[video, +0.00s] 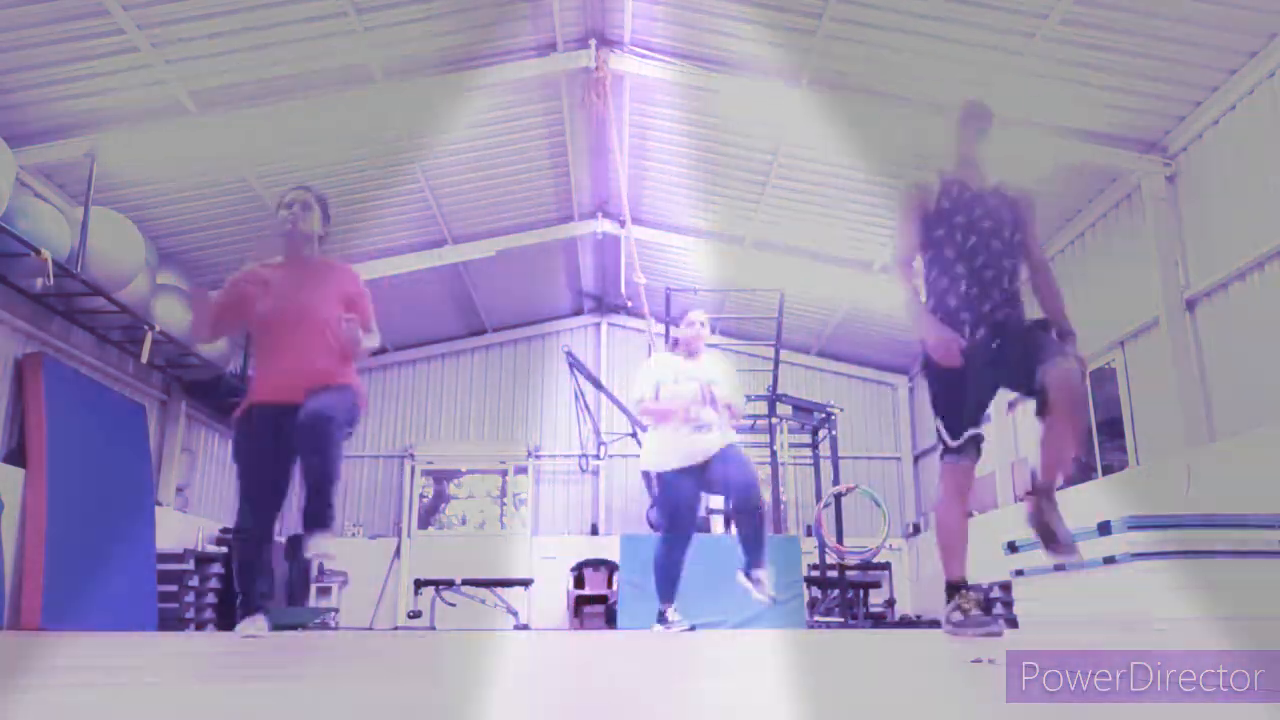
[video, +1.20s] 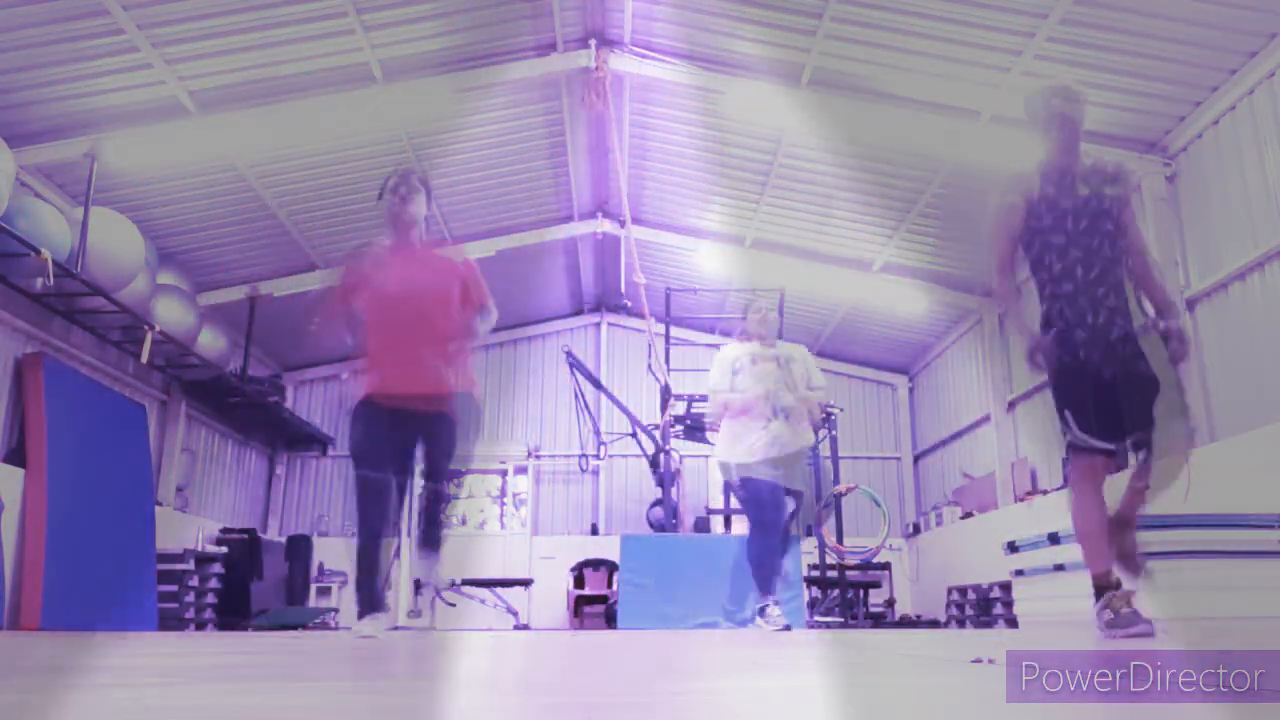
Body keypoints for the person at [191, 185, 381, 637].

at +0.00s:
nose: (294, 214)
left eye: (304, 208)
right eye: (287, 208)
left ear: (323, 223)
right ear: (276, 221)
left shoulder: (343, 278)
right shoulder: (255, 279)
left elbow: (373, 340)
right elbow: (205, 336)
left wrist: (359, 340)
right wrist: (206, 307)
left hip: (330, 391)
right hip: (269, 399)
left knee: (317, 419)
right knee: (255, 516)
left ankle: (318, 531)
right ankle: (253, 612)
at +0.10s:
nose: (304, 200)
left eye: (314, 193)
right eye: (297, 193)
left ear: (329, 206)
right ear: (284, 204)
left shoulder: (353, 259)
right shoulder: (267, 262)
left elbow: (383, 320)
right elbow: (220, 314)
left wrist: (369, 327)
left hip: (337, 384)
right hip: (279, 391)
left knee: (330, 420)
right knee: (265, 506)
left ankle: (341, 533)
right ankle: (261, 608)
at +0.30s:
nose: (326, 221)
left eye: (335, 214)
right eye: (319, 214)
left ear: (352, 227)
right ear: (308, 226)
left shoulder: (376, 283)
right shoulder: (289, 283)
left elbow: (411, 344)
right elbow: (264, 352)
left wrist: (388, 337)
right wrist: (281, 350)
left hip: (365, 409)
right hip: (303, 411)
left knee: (367, 505)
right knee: (289, 512)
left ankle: (365, 611)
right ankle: (281, 611)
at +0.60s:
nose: (373, 197)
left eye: (383, 190)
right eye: (365, 191)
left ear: (401, 203)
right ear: (355, 203)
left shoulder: (422, 258)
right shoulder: (333, 259)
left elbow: (455, 321)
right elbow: (313, 328)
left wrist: (424, 332)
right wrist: (326, 313)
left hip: (394, 382)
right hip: (336, 378)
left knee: (386, 486)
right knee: (309, 458)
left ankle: (387, 605)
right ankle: (309, 548)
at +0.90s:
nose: (391, 191)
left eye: (401, 185)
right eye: (383, 186)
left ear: (420, 199)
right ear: (372, 201)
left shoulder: (443, 254)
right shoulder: (353, 255)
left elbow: (473, 317)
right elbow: (323, 317)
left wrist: (442, 331)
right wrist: (322, 307)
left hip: (420, 381)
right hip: (364, 373)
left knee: (414, 486)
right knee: (352, 433)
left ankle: (417, 598)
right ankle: (351, 554)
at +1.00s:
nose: (397, 205)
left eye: (407, 199)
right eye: (389, 199)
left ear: (424, 212)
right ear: (378, 211)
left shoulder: (446, 268)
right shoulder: (358, 269)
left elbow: (472, 333)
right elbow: (339, 340)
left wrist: (451, 361)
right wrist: (328, 333)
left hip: (428, 404)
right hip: (366, 399)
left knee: (423, 509)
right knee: (362, 506)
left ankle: (422, 607)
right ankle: (369, 611)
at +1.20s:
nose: (404, 201)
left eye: (412, 194)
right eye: (396, 194)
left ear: (428, 206)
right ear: (384, 206)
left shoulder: (453, 260)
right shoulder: (367, 263)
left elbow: (488, 311)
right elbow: (323, 320)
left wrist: (472, 334)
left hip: (438, 401)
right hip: (380, 398)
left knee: (436, 491)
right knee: (374, 510)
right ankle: (372, 609)